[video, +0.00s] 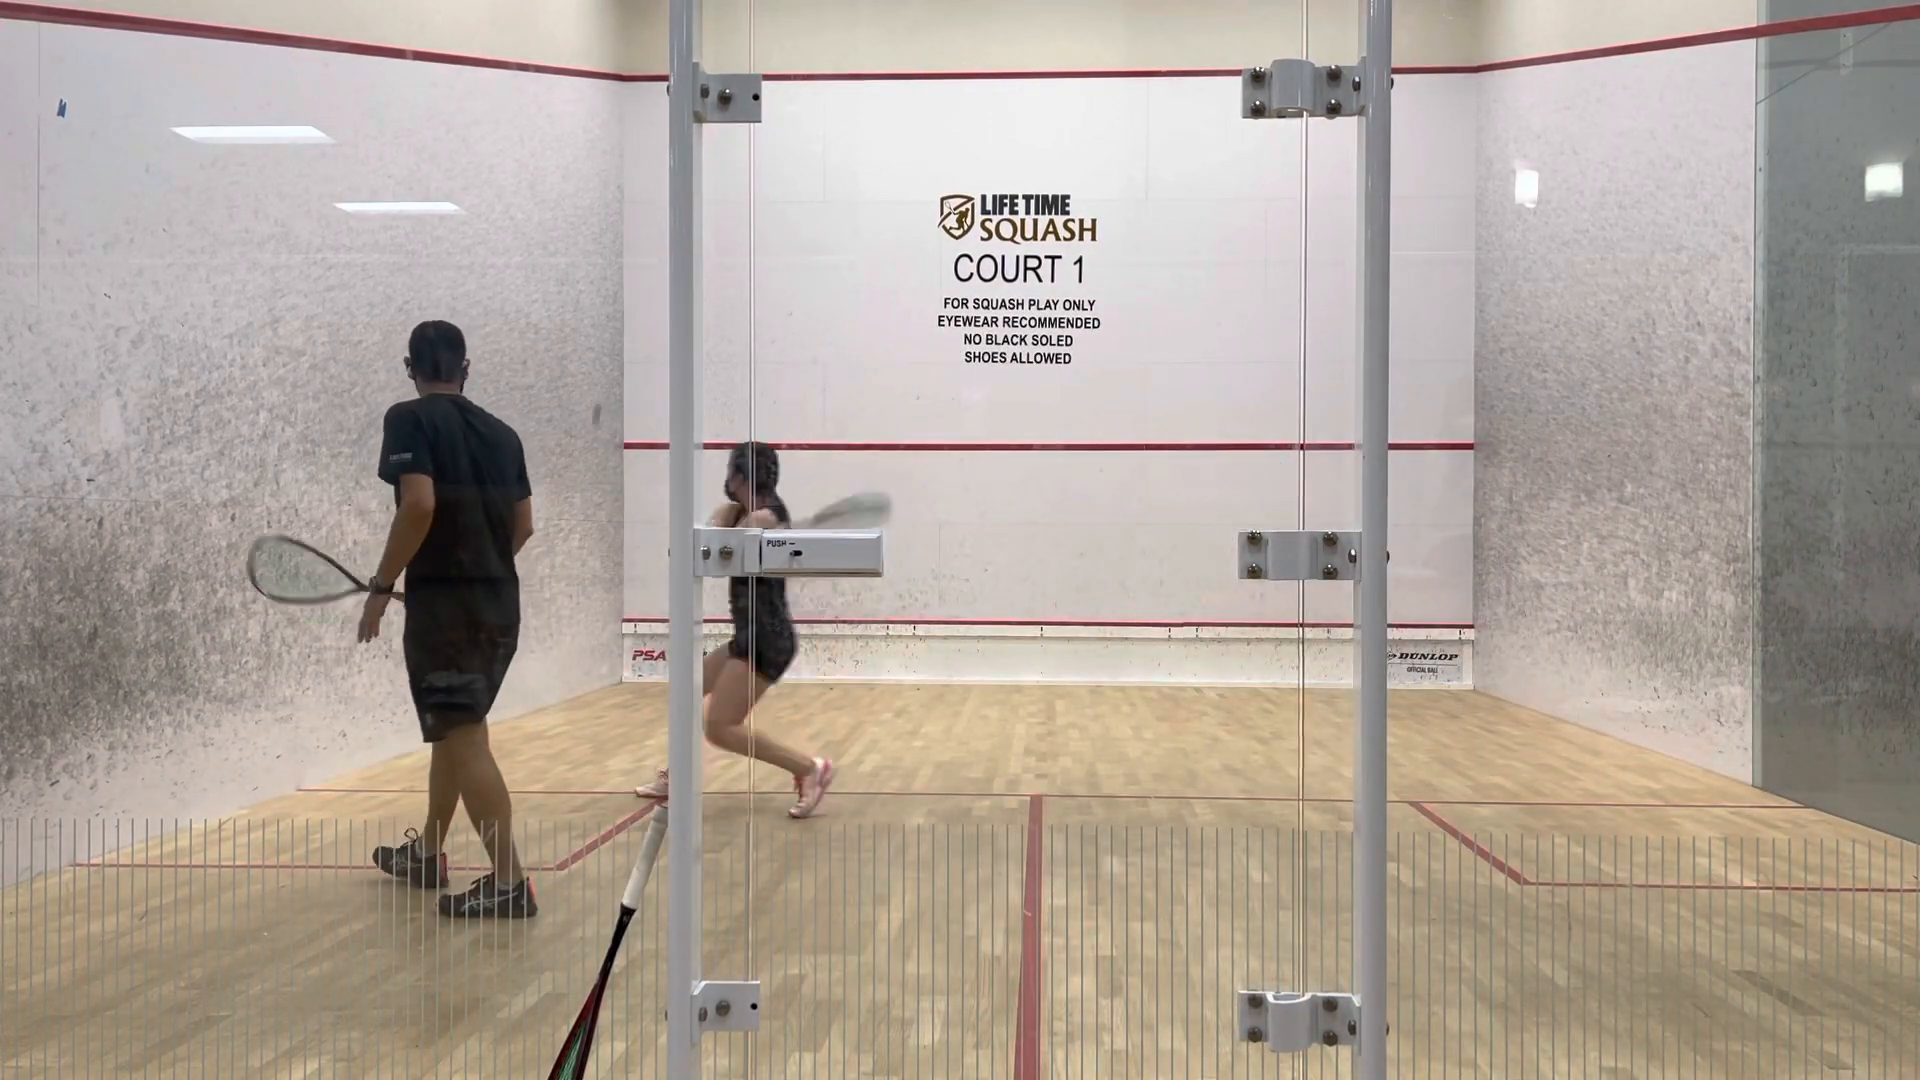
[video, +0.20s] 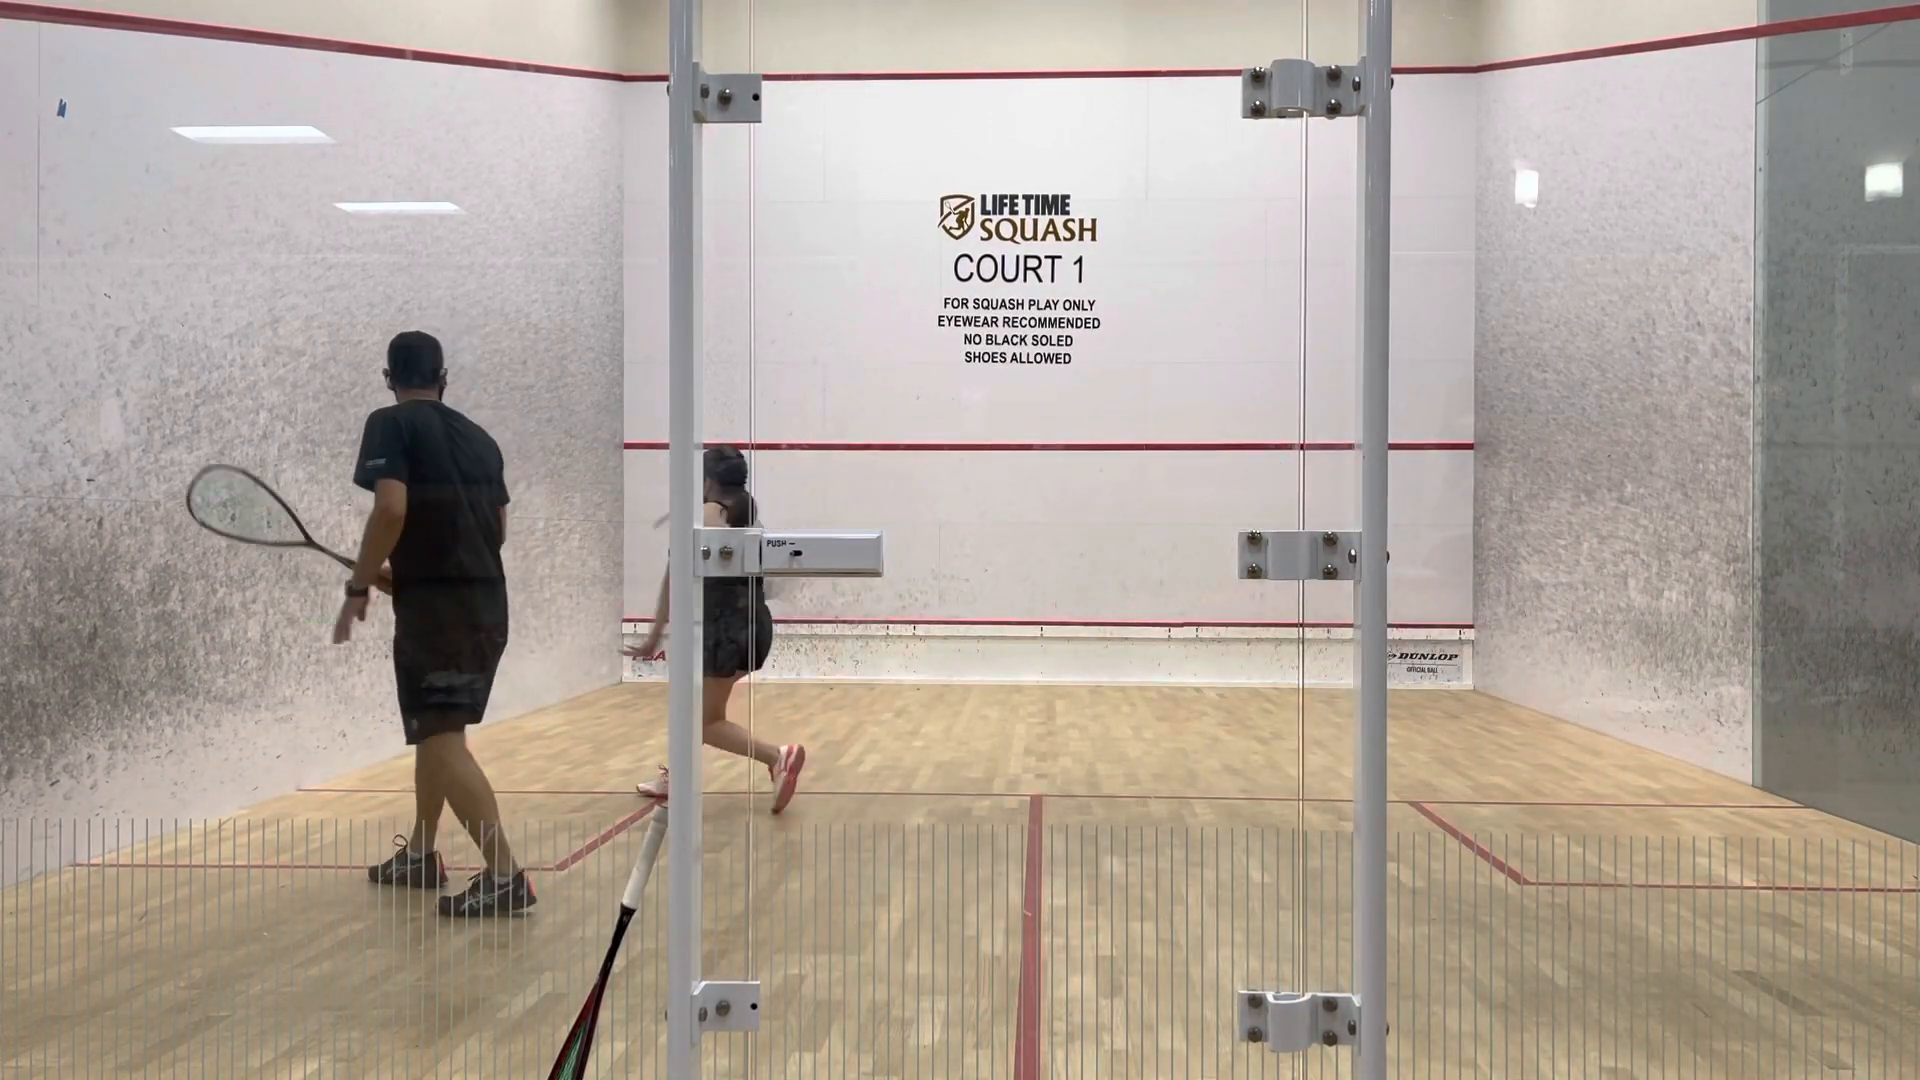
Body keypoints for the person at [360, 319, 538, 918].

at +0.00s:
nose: (426, 377)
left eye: (418, 368)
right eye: (453, 368)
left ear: (412, 370)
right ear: (466, 371)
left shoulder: (409, 417)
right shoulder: (501, 432)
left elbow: (419, 503)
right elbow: (522, 526)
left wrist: (381, 586)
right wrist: (468, 572)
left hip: (441, 605)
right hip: (499, 605)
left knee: (465, 739)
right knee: (454, 731)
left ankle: (508, 881)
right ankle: (429, 852)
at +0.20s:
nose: (401, 388)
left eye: (393, 381)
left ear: (392, 381)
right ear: (444, 381)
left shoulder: (392, 422)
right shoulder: (480, 438)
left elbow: (391, 508)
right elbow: (495, 531)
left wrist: (359, 583)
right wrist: (405, 573)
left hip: (431, 610)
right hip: (486, 609)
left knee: (444, 742)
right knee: (436, 734)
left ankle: (504, 875)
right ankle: (422, 852)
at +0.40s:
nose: (371, 398)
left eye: (368, 389)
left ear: (368, 388)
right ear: (421, 386)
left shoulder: (376, 429)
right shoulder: (451, 437)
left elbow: (358, 512)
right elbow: (436, 537)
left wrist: (307, 555)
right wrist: (362, 552)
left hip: (439, 605)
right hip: (473, 600)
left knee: (439, 734)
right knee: (414, 719)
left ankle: (505, 873)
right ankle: (418, 851)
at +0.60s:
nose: (351, 410)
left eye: (348, 402)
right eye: (357, 401)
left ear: (350, 402)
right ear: (400, 398)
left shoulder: (368, 431)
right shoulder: (420, 440)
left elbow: (384, 505)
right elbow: (413, 554)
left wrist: (325, 554)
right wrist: (340, 546)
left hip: (449, 600)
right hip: (472, 596)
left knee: (424, 737)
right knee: (424, 730)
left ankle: (499, 868)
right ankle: (431, 850)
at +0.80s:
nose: (338, 408)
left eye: (335, 399)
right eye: (341, 399)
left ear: (340, 400)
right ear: (391, 394)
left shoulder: (374, 433)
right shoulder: (406, 435)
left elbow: (435, 487)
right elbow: (419, 549)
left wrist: (444, 587)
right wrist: (361, 575)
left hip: (440, 607)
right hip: (458, 606)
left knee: (402, 744)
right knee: (433, 737)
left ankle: (485, 873)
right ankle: (428, 854)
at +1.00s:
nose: (313, 397)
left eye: (315, 384)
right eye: (312, 385)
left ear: (339, 380)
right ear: (356, 378)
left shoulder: (401, 418)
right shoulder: (370, 446)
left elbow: (487, 472)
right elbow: (413, 540)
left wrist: (491, 567)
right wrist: (370, 578)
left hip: (446, 608)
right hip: (411, 613)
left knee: (428, 741)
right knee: (413, 734)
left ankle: (488, 883)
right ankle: (425, 854)